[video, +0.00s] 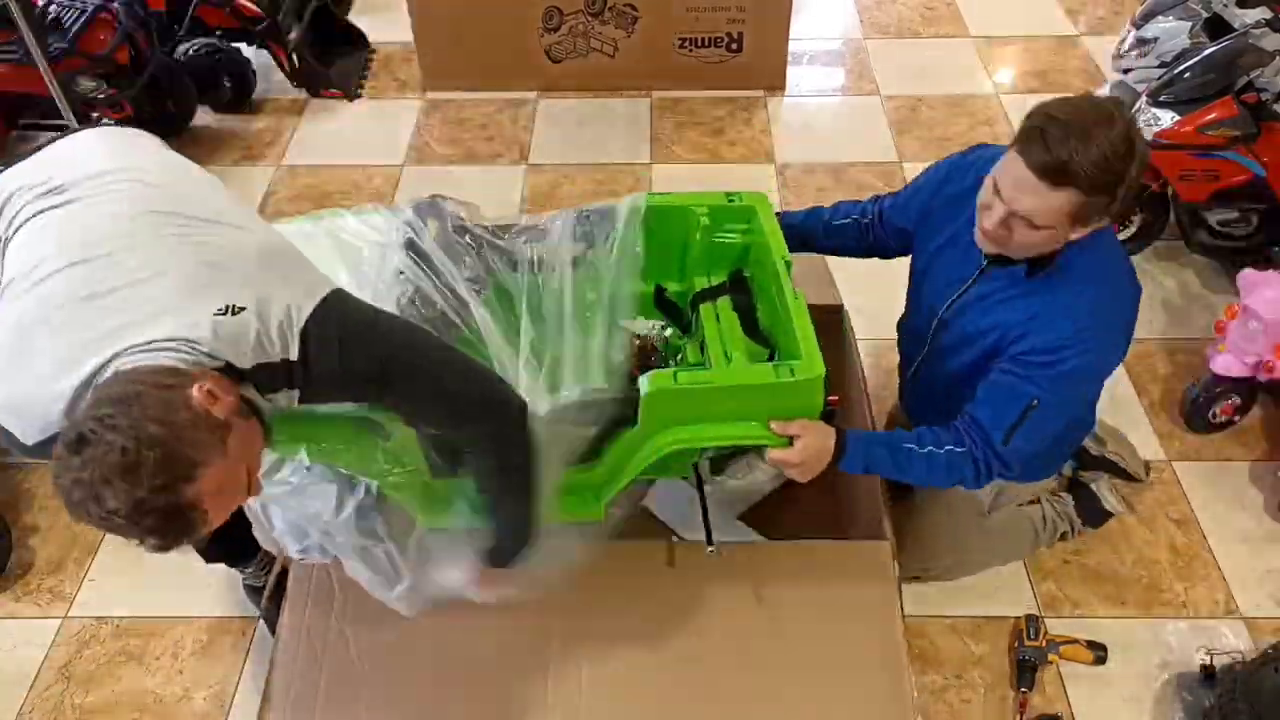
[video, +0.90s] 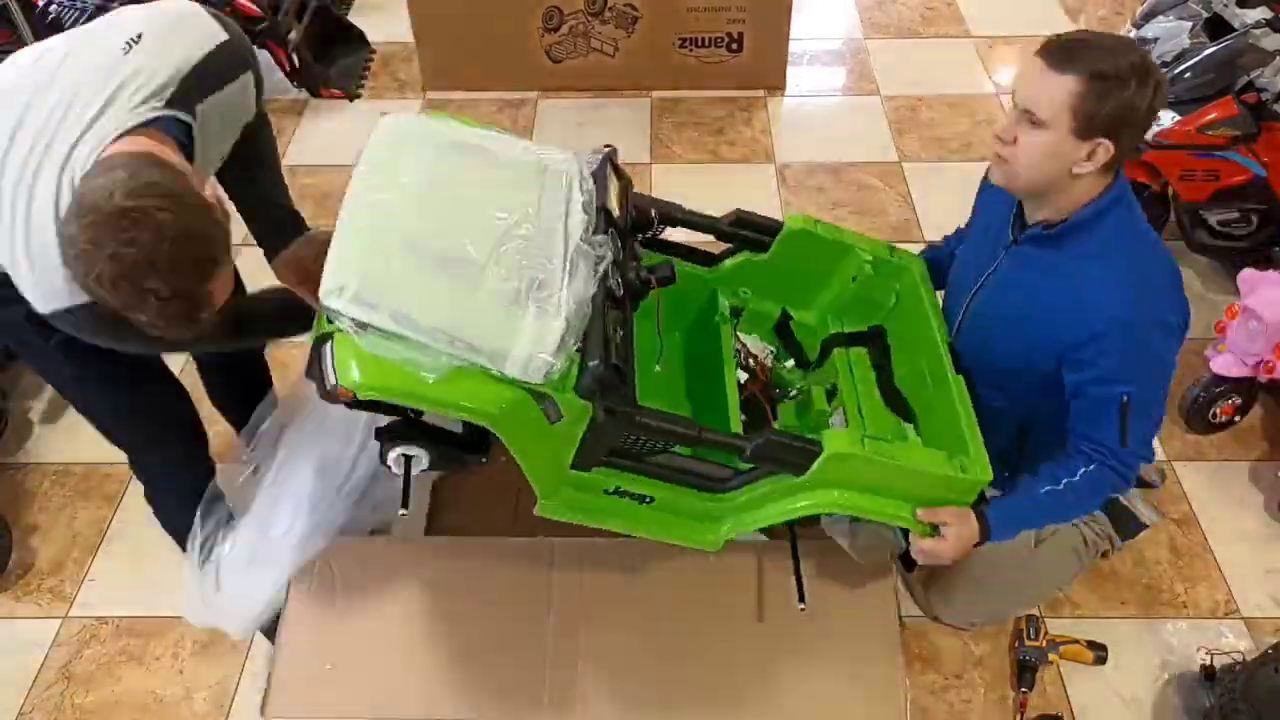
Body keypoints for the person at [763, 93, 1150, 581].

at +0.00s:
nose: (992, 219)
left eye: (1024, 222)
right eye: (996, 190)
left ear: (1083, 228)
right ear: (1005, 156)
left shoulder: (1081, 321)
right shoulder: (974, 172)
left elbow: (980, 449)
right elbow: (878, 224)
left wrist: (841, 450)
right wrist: (768, 232)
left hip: (995, 453)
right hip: (924, 392)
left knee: (913, 555)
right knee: (891, 486)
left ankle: (1073, 507)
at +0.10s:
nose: (970, 146)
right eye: (978, 127)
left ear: (1058, 160)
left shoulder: (1090, 297)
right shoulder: (976, 179)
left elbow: (1013, 449)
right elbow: (908, 243)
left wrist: (870, 470)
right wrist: (801, 253)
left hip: (998, 451)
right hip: (929, 396)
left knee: (915, 557)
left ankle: (1077, 506)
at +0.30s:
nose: (962, 103)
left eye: (982, 92)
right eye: (970, 85)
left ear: (1042, 115)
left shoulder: (1087, 263)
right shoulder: (972, 153)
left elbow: (1058, 411)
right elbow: (942, 245)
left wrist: (932, 448)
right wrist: (852, 238)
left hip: (992, 421)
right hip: (915, 358)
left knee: (918, 555)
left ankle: (1078, 505)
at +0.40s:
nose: (950, 109)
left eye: (974, 98)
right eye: (953, 88)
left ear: (1038, 114)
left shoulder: (1075, 248)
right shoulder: (969, 148)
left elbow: (1049, 401)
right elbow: (937, 243)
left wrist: (923, 429)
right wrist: (848, 236)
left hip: (996, 420)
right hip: (924, 365)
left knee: (918, 554)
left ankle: (1080, 512)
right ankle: (1046, 449)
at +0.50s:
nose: (945, 109)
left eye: (968, 98)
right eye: (949, 88)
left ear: (1032, 113)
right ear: (948, 70)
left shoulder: (1069, 244)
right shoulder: (966, 143)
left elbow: (1050, 398)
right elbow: (940, 245)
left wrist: (924, 430)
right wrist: (854, 242)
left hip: (997, 418)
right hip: (923, 362)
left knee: (920, 556)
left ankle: (1079, 514)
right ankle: (1044, 449)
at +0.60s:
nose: (977, 183)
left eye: (997, 176)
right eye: (982, 165)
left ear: (1068, 190)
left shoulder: (1120, 332)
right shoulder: (1002, 207)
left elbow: (1065, 480)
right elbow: (956, 256)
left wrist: (931, 507)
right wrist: (877, 244)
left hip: (1029, 477)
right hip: (944, 415)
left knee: (954, 602)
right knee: (806, 507)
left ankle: (1104, 517)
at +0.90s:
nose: (1001, 131)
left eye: (1029, 122)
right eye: (1011, 107)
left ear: (1091, 156)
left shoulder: (1132, 300)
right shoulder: (1012, 182)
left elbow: (1108, 462)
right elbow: (970, 253)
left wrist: (984, 524)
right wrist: (889, 270)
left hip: (1042, 476)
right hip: (956, 412)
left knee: (950, 600)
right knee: (853, 518)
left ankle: (1107, 517)